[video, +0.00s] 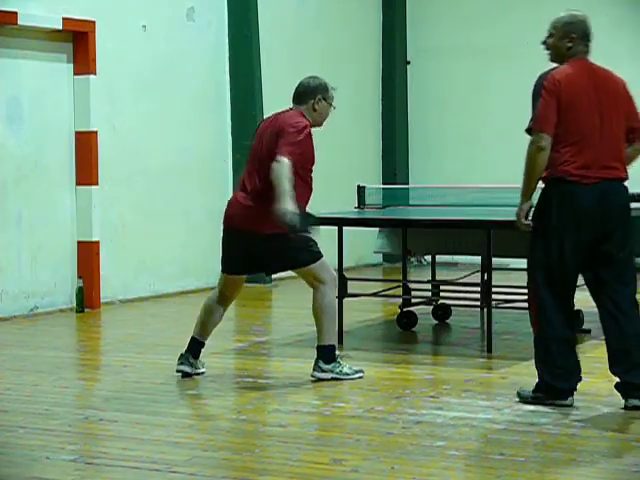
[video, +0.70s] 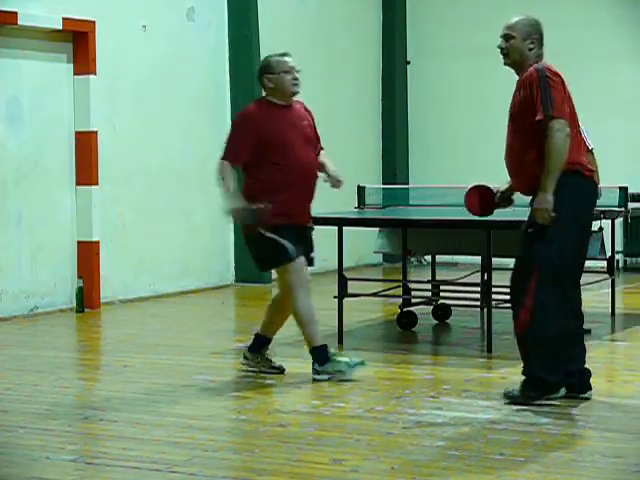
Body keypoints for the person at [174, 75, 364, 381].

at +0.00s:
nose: (329, 112)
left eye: (331, 105)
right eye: (329, 105)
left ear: (300, 101)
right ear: (315, 102)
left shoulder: (271, 122)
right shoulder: (297, 125)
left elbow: (256, 169)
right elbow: (281, 162)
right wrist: (285, 201)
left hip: (238, 222)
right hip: (274, 224)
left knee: (225, 292)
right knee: (326, 281)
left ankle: (190, 356)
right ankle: (327, 360)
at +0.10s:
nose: (334, 105)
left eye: (334, 99)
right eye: (331, 98)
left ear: (308, 99)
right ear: (312, 98)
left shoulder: (279, 121)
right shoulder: (303, 126)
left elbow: (274, 175)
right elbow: (298, 172)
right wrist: (320, 213)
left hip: (245, 223)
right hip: (281, 227)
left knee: (229, 292)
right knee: (331, 281)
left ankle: (191, 356)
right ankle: (327, 361)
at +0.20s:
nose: (338, 96)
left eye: (337, 91)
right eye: (332, 91)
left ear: (309, 95)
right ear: (312, 93)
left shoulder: (290, 118)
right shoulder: (307, 121)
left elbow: (300, 172)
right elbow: (309, 173)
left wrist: (340, 192)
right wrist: (346, 202)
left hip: (255, 220)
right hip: (285, 224)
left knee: (247, 288)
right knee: (334, 282)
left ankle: (197, 349)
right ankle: (327, 362)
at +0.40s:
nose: (332, 81)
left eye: (331, 76)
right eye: (326, 77)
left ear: (311, 84)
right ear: (305, 83)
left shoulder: (308, 113)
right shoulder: (298, 111)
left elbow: (303, 161)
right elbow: (291, 160)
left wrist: (338, 169)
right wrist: (335, 169)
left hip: (276, 217)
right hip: (287, 218)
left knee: (293, 286)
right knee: (331, 281)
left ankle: (232, 331)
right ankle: (327, 361)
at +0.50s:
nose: (322, 80)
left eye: (321, 75)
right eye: (315, 76)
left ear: (306, 83)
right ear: (294, 82)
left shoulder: (311, 114)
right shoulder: (284, 112)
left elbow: (307, 163)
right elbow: (271, 161)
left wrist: (337, 174)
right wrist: (314, 174)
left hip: (304, 218)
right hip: (283, 219)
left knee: (307, 287)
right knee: (327, 277)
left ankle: (257, 333)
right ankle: (326, 361)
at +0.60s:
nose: (309, 78)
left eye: (309, 73)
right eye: (302, 74)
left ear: (305, 80)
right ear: (282, 82)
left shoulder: (307, 114)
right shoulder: (267, 115)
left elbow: (309, 156)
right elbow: (249, 164)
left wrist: (334, 169)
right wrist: (281, 187)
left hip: (305, 216)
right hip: (275, 218)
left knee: (304, 291)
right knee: (315, 279)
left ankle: (265, 344)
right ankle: (326, 360)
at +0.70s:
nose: (296, 77)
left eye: (296, 72)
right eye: (288, 73)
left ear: (293, 79)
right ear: (268, 81)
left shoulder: (302, 111)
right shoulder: (251, 117)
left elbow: (314, 150)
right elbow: (227, 164)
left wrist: (329, 169)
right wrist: (233, 199)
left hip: (299, 217)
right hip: (264, 219)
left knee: (291, 290)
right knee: (298, 277)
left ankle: (256, 352)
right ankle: (321, 359)